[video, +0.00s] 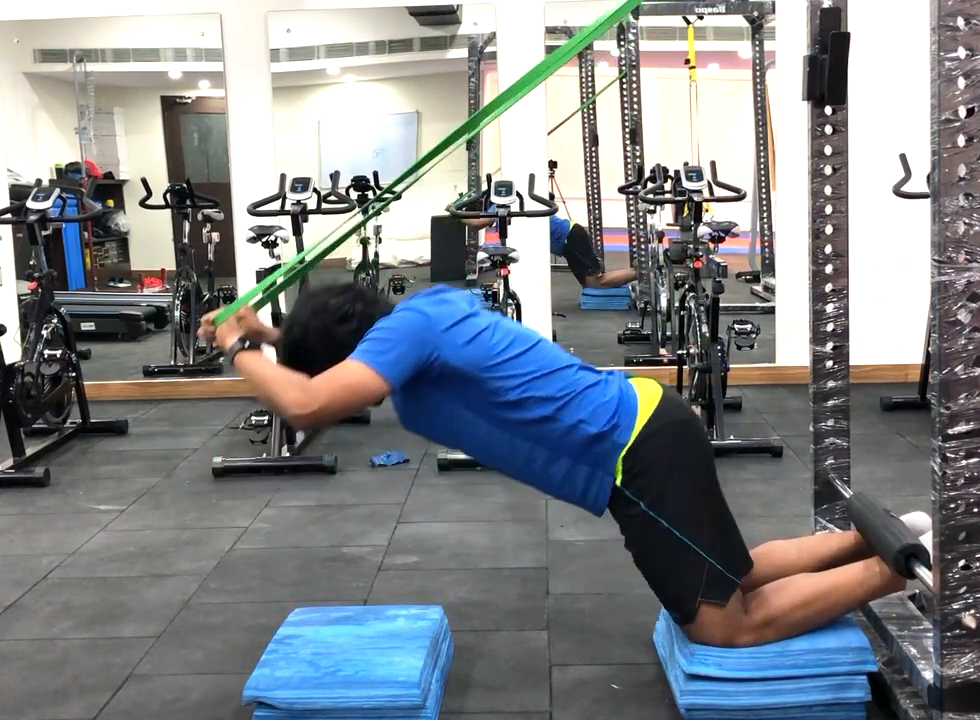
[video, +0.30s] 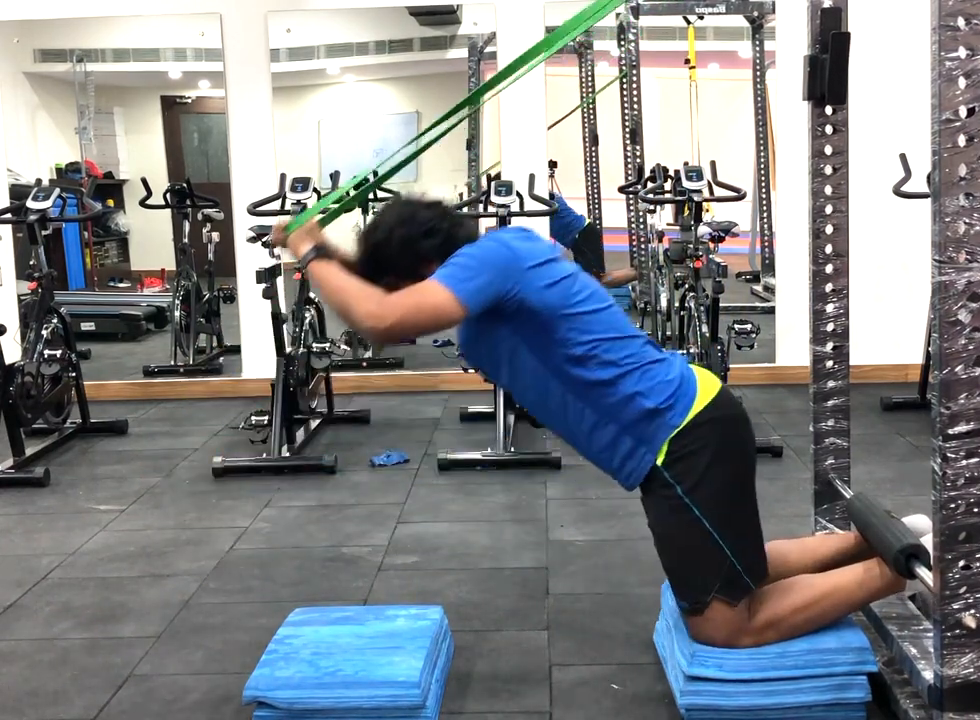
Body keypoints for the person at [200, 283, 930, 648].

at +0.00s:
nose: (337, 379)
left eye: (329, 363)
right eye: (328, 365)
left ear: (341, 337)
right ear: (359, 314)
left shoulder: (408, 329)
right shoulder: (418, 318)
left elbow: (304, 404)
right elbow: (332, 394)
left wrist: (243, 352)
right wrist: (269, 349)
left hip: (637, 451)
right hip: (639, 431)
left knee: (727, 626)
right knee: (724, 582)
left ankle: (896, 569)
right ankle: (860, 538)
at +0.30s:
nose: (406, 307)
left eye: (405, 293)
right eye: (398, 298)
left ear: (427, 268)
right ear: (439, 247)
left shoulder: (503, 254)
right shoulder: (492, 271)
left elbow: (382, 319)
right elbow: (395, 307)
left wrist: (312, 257)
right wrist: (330, 258)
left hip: (686, 434)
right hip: (682, 427)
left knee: (727, 625)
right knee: (723, 580)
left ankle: (900, 569)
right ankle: (862, 538)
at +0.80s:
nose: (566, 159)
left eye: (566, 145)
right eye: (557, 147)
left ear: (595, 138)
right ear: (624, 120)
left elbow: (549, 153)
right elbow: (548, 155)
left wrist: (505, 66)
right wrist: (507, 71)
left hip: (728, 426)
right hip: (691, 429)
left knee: (722, 623)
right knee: (707, 581)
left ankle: (904, 593)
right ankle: (869, 556)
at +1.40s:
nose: (606, 155)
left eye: (608, 141)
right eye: (602, 143)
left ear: (641, 132)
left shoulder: (702, 165)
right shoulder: (655, 204)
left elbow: (580, 144)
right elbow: (603, 270)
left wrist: (543, 57)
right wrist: (577, 173)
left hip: (731, 425)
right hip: (695, 426)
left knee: (723, 620)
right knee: (708, 580)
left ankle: (904, 589)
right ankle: (871, 557)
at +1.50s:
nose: (593, 157)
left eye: (594, 143)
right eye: (587, 145)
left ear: (626, 134)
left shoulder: (689, 167)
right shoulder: (648, 202)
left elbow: (569, 149)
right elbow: (609, 270)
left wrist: (526, 64)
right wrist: (578, 181)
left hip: (725, 425)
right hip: (693, 425)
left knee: (722, 621)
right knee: (708, 585)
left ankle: (901, 588)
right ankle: (869, 555)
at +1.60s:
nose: (574, 165)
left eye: (573, 150)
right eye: (562, 152)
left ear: (604, 139)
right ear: (618, 136)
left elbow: (549, 155)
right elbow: (549, 160)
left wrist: (505, 67)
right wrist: (506, 74)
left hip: (720, 426)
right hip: (683, 428)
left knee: (721, 622)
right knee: (706, 585)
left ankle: (901, 587)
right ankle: (868, 553)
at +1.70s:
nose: (545, 183)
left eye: (547, 162)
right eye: (538, 163)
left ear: (580, 145)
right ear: (588, 145)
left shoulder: (645, 174)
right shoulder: (605, 202)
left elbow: (527, 160)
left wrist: (482, 70)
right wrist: (486, 80)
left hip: (711, 428)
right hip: (680, 430)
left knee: (719, 621)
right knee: (708, 584)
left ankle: (902, 578)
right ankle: (865, 546)